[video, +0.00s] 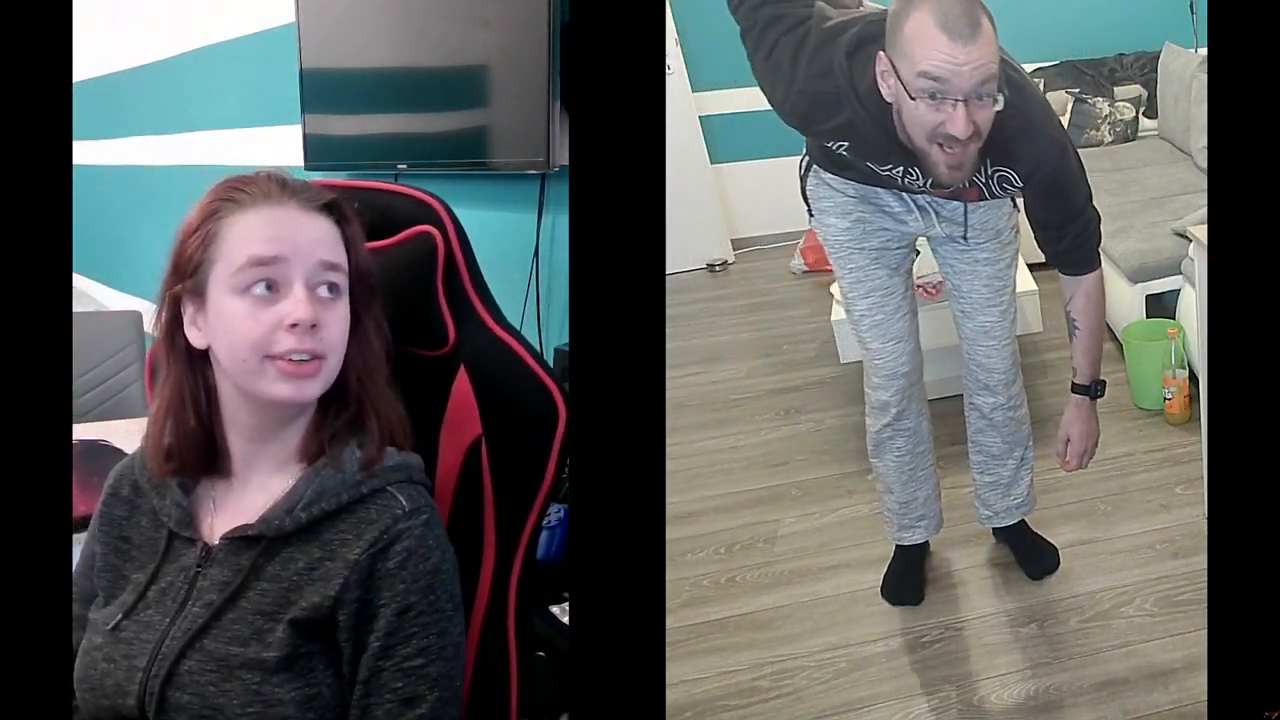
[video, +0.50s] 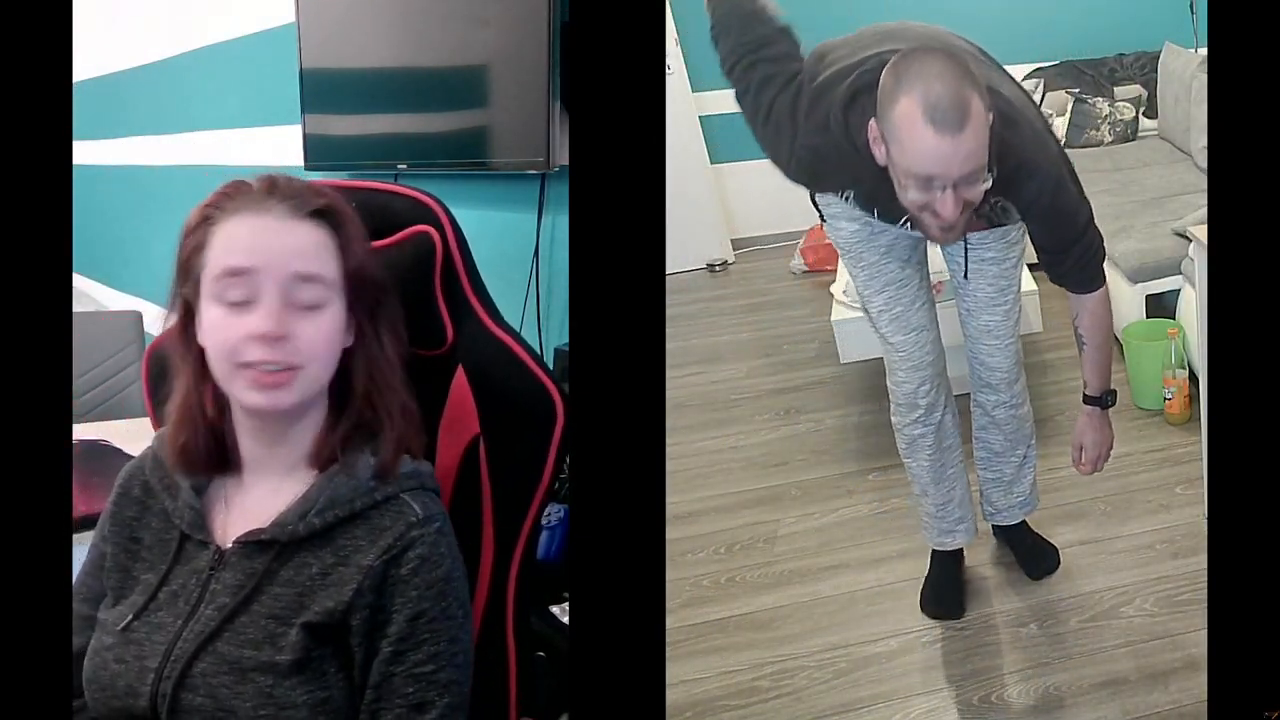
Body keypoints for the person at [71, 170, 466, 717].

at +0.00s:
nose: (306, 314)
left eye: (328, 287)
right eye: (265, 286)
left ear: (351, 318)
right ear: (195, 319)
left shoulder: (393, 530)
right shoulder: (135, 491)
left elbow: (415, 707)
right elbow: (78, 672)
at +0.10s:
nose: (306, 314)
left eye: (330, 288)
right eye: (266, 286)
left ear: (353, 318)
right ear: (197, 319)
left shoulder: (395, 532)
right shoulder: (136, 491)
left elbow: (416, 707)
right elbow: (77, 670)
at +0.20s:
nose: (307, 314)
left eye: (330, 288)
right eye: (266, 286)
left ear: (353, 318)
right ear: (198, 319)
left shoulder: (397, 534)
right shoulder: (137, 490)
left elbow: (417, 707)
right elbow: (76, 671)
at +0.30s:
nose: (306, 316)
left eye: (331, 290)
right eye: (267, 289)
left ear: (354, 321)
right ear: (198, 321)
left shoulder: (397, 538)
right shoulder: (139, 491)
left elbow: (418, 706)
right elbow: (76, 673)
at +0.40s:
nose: (300, 321)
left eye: (329, 295)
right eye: (262, 294)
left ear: (354, 324)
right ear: (199, 323)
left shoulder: (399, 538)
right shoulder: (142, 491)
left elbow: (418, 707)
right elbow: (76, 677)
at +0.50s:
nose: (270, 329)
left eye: (307, 302)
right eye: (237, 300)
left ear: (350, 325)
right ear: (196, 323)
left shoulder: (403, 538)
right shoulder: (148, 485)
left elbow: (422, 706)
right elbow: (76, 676)